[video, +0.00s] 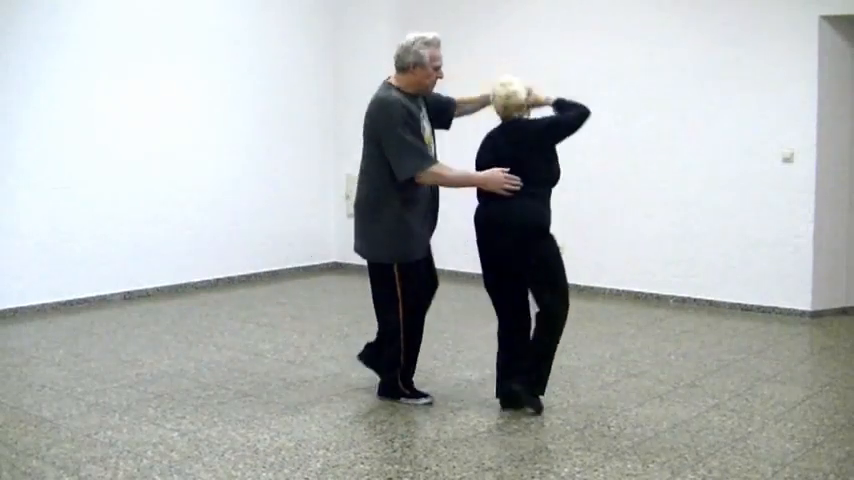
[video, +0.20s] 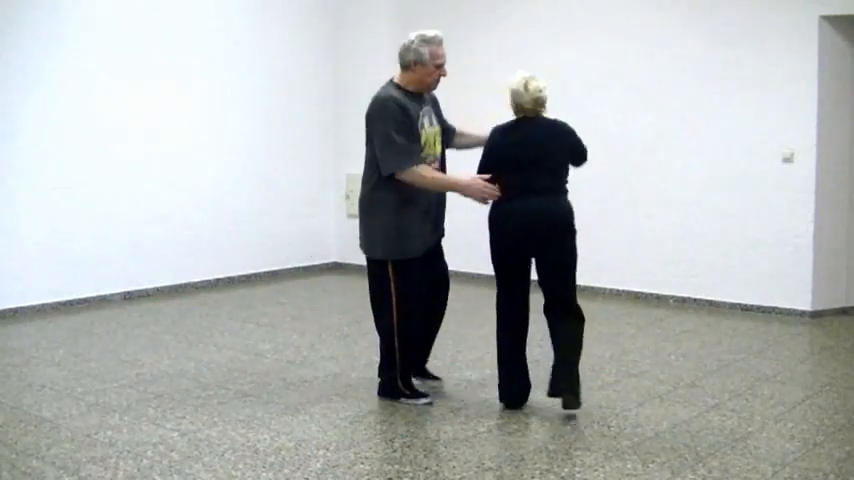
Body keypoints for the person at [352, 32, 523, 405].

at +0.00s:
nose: (440, 75)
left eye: (440, 67)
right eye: (434, 68)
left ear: (415, 68)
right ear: (409, 69)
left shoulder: (412, 97)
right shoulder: (391, 107)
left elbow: (452, 109)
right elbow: (421, 172)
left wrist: (494, 97)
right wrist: (480, 178)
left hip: (406, 223)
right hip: (388, 228)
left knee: (423, 286)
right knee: (401, 305)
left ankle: (381, 350)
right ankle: (396, 384)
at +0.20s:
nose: (443, 72)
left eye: (443, 65)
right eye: (437, 66)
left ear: (425, 67)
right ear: (413, 67)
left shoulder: (426, 99)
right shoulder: (386, 106)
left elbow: (447, 137)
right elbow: (404, 170)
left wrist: (492, 139)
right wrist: (461, 185)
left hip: (422, 226)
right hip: (390, 231)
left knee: (434, 292)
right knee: (396, 307)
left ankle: (414, 363)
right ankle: (392, 383)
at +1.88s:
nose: (431, 82)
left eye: (432, 75)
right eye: (428, 74)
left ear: (397, 72)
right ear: (410, 72)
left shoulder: (360, 97)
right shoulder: (410, 104)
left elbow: (315, 137)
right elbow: (461, 137)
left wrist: (297, 171)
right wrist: (511, 150)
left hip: (348, 218)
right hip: (384, 223)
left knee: (360, 296)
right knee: (392, 295)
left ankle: (366, 373)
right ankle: (382, 377)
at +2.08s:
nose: (436, 82)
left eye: (436, 75)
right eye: (431, 74)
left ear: (405, 74)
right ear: (411, 73)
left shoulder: (375, 98)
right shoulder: (403, 103)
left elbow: (347, 140)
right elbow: (435, 145)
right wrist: (487, 151)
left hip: (360, 217)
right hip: (389, 221)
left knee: (369, 292)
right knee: (419, 285)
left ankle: (368, 369)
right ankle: (402, 369)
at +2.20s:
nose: (443, 82)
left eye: (444, 75)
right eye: (438, 74)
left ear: (417, 75)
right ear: (414, 73)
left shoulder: (408, 102)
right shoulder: (400, 103)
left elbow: (418, 153)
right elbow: (415, 155)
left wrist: (459, 165)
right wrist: (466, 162)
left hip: (395, 219)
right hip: (394, 221)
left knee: (385, 296)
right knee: (427, 288)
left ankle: (367, 369)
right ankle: (446, 373)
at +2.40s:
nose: (467, 82)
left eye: (468, 75)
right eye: (461, 75)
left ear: (450, 77)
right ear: (436, 76)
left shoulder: (448, 108)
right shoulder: (415, 111)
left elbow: (454, 160)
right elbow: (401, 170)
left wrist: (488, 174)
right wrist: (441, 189)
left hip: (445, 227)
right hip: (423, 231)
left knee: (425, 298)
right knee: (457, 298)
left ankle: (381, 352)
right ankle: (479, 382)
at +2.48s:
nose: (480, 80)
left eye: (480, 74)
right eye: (473, 75)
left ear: (468, 75)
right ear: (448, 76)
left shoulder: (465, 107)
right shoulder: (425, 111)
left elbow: (470, 161)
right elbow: (404, 171)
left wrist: (486, 185)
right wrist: (436, 198)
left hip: (467, 225)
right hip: (436, 230)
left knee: (465, 300)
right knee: (463, 306)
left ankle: (407, 337)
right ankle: (480, 383)